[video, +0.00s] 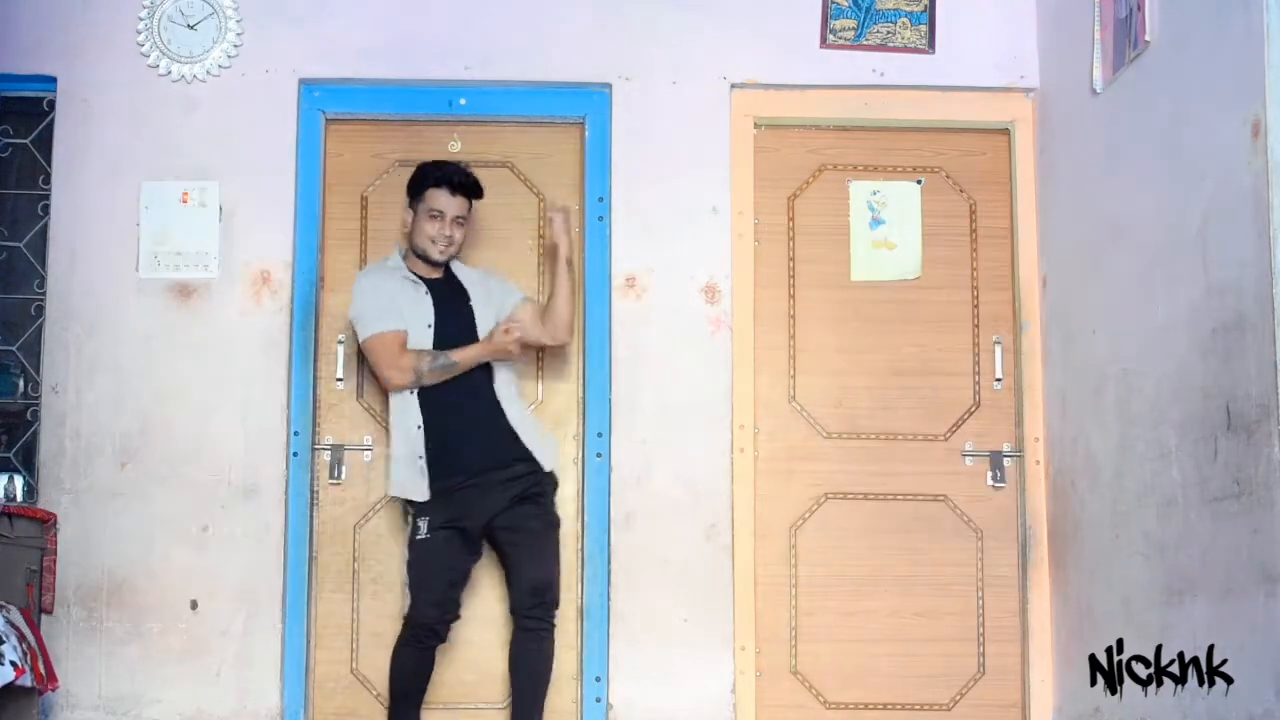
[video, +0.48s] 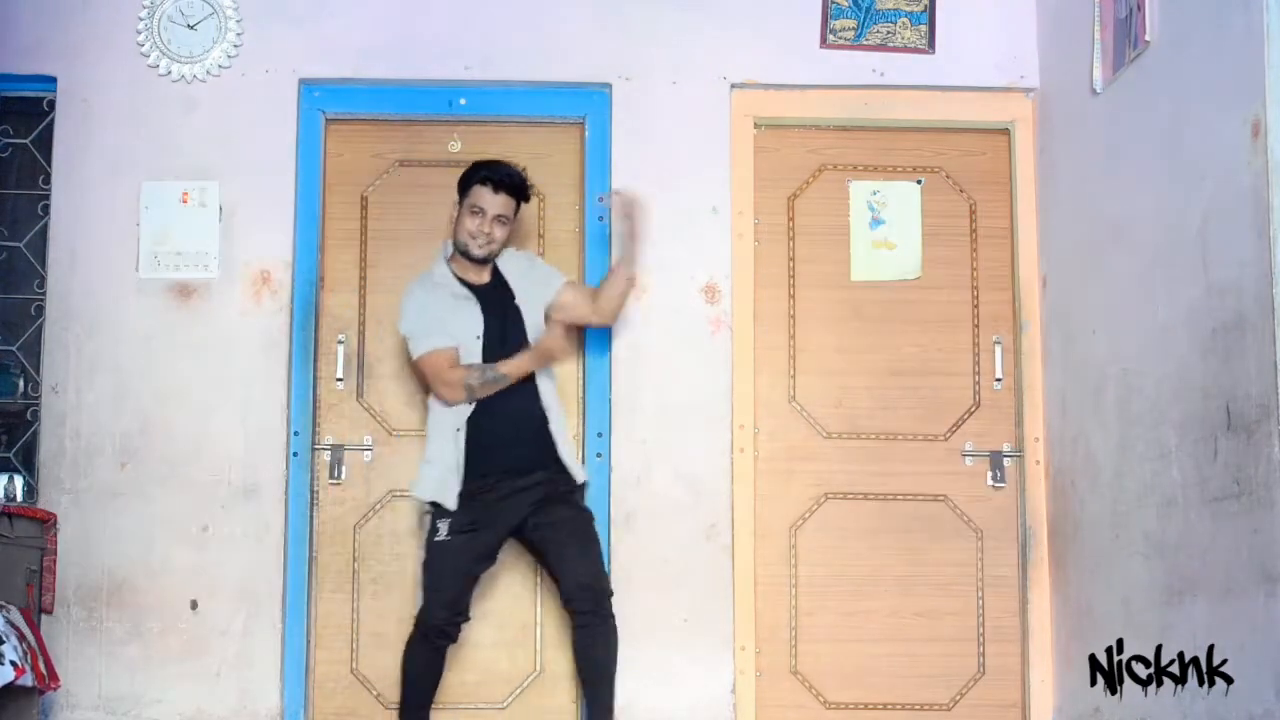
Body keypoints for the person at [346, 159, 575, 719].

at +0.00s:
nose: (446, 231)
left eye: (459, 221)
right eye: (435, 216)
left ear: (469, 226)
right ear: (409, 215)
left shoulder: (485, 285)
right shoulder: (378, 284)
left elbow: (554, 333)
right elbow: (394, 371)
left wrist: (563, 252)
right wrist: (488, 349)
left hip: (522, 477)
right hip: (443, 489)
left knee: (538, 612)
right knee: (427, 622)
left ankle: (527, 717)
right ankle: (402, 716)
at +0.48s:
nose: (485, 228)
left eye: (501, 220)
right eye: (477, 213)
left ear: (513, 226)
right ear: (457, 210)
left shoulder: (527, 272)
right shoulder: (426, 295)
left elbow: (598, 310)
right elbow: (449, 385)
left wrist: (629, 243)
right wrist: (538, 354)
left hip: (548, 484)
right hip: (468, 495)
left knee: (593, 601)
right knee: (437, 625)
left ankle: (600, 715)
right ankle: (412, 716)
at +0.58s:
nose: (497, 225)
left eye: (511, 215)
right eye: (487, 209)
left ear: (525, 219)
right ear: (467, 206)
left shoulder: (542, 269)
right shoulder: (441, 279)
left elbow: (632, 282)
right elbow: (462, 371)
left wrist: (710, 261)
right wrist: (536, 394)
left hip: (579, 469)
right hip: (501, 479)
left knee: (601, 609)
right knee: (473, 611)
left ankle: (606, 717)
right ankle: (460, 707)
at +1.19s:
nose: (532, 214)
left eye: (543, 200)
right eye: (518, 203)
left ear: (560, 202)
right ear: (501, 207)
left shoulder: (590, 271)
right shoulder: (470, 274)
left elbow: (605, 362)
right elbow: (426, 337)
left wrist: (532, 346)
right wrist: (427, 242)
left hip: (560, 486)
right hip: (475, 483)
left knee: (564, 620)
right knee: (448, 615)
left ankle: (589, 717)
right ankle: (436, 717)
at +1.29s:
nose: (522, 218)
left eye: (534, 204)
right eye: (509, 206)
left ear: (551, 206)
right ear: (492, 208)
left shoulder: (580, 273)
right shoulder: (461, 274)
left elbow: (612, 360)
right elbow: (424, 346)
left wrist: (537, 337)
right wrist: (431, 258)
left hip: (566, 484)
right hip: (484, 485)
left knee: (566, 619)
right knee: (454, 616)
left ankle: (581, 717)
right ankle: (444, 717)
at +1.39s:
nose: (513, 239)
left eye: (526, 226)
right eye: (501, 226)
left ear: (546, 223)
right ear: (485, 224)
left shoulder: (572, 296)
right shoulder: (457, 284)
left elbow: (607, 386)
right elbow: (421, 354)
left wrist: (541, 340)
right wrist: (428, 266)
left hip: (567, 492)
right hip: (488, 492)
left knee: (570, 627)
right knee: (453, 602)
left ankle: (580, 717)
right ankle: (488, 711)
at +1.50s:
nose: (502, 255)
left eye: (516, 242)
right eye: (491, 241)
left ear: (539, 237)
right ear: (478, 234)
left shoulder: (564, 308)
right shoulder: (448, 293)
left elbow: (584, 400)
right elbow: (406, 358)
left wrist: (524, 340)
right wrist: (421, 271)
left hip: (556, 499)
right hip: (475, 499)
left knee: (566, 631)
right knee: (437, 600)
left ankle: (578, 719)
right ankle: (485, 708)